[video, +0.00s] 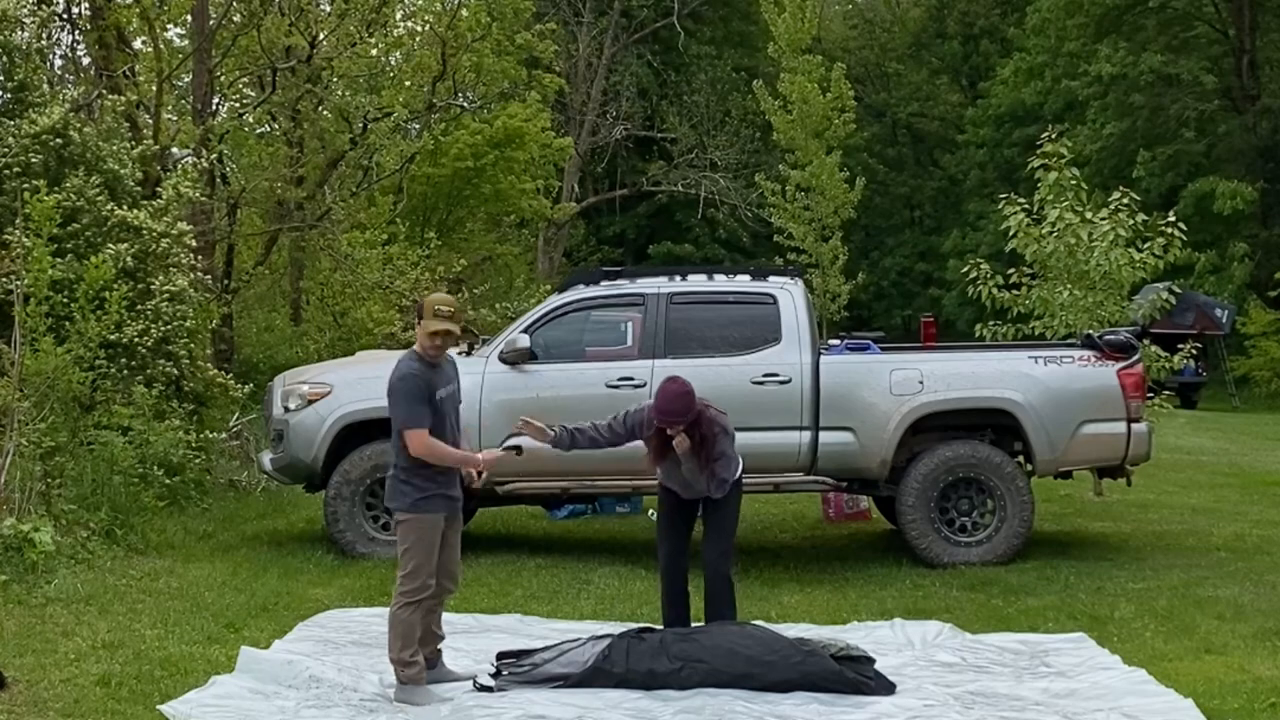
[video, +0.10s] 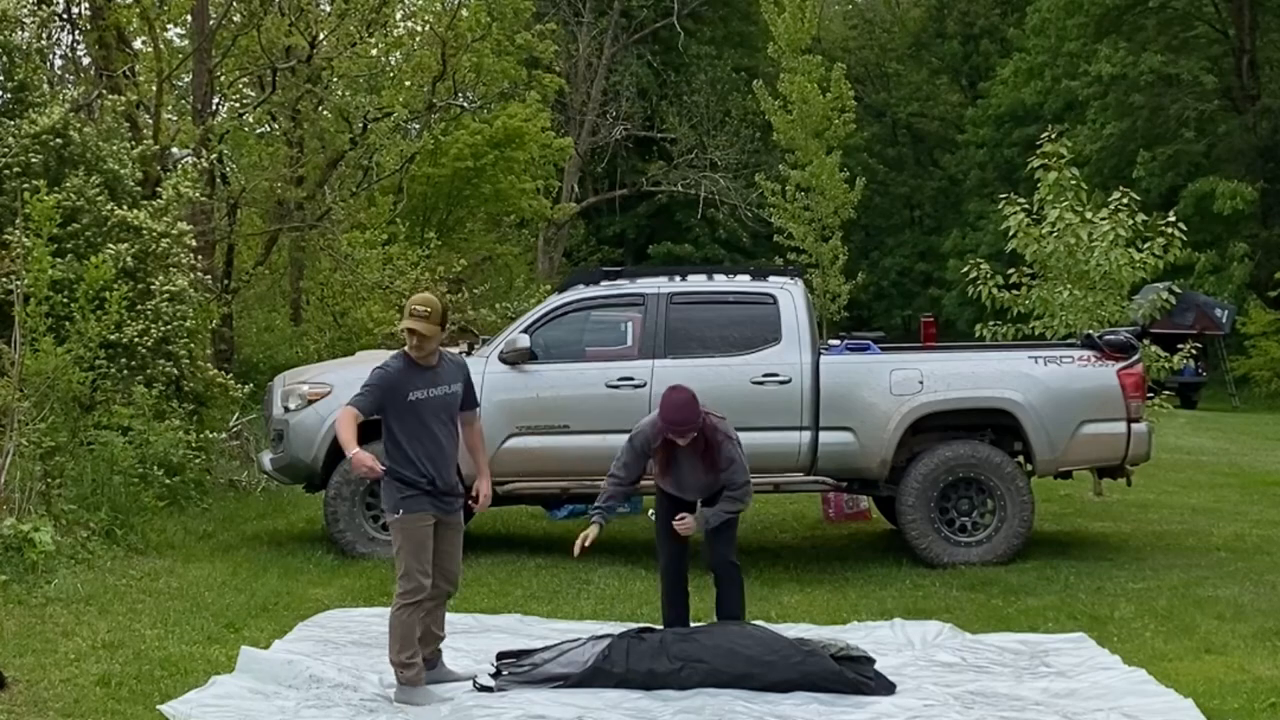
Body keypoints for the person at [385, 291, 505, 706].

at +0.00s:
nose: (439, 343)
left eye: (446, 337)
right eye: (433, 334)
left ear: (455, 335)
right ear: (418, 328)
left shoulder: (447, 367)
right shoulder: (407, 375)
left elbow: (448, 427)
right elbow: (417, 444)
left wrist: (464, 463)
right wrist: (470, 458)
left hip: (448, 496)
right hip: (416, 500)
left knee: (441, 584)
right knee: (414, 587)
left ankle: (429, 663)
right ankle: (407, 678)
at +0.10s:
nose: (414, 340)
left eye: (423, 334)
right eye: (409, 332)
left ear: (441, 333)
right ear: (403, 329)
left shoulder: (457, 368)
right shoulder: (390, 374)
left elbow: (470, 423)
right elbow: (346, 416)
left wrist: (483, 475)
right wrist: (353, 451)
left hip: (449, 493)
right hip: (407, 493)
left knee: (443, 583)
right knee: (413, 587)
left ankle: (430, 662)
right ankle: (407, 679)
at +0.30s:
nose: (432, 350)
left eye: (435, 343)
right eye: (425, 344)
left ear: (439, 337)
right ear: (404, 337)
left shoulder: (444, 364)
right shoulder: (377, 382)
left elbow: (462, 418)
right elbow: (346, 439)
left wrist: (476, 469)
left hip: (445, 493)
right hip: (404, 499)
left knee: (445, 584)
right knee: (407, 590)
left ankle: (429, 662)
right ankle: (404, 682)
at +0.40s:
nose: (452, 350)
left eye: (453, 343)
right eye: (448, 343)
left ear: (428, 340)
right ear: (425, 340)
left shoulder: (436, 368)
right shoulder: (392, 393)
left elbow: (445, 422)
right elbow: (403, 465)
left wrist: (465, 462)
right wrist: (434, 520)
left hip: (445, 493)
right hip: (408, 505)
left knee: (470, 567)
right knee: (408, 592)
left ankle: (438, 649)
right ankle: (405, 682)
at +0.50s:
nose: (478, 352)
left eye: (479, 345)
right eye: (475, 345)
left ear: (454, 338)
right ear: (454, 339)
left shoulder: (444, 372)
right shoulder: (423, 387)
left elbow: (445, 447)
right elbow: (434, 462)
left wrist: (460, 493)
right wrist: (476, 500)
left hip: (449, 496)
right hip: (420, 503)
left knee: (479, 565)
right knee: (415, 593)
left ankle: (471, 653)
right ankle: (407, 683)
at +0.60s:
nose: (514, 351)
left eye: (515, 344)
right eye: (511, 343)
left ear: (488, 337)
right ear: (491, 337)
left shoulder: (469, 374)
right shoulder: (460, 381)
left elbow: (464, 454)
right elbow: (463, 455)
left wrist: (468, 511)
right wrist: (473, 519)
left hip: (460, 502)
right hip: (439, 505)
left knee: (476, 582)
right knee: (424, 592)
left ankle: (485, 667)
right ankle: (408, 682)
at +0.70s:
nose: (536, 353)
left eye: (539, 346)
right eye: (536, 344)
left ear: (517, 334)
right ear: (516, 335)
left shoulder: (496, 372)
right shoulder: (483, 373)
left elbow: (489, 440)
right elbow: (474, 442)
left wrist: (503, 484)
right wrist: (478, 504)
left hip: (481, 498)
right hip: (453, 498)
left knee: (487, 581)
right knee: (439, 584)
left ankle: (486, 664)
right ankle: (413, 676)